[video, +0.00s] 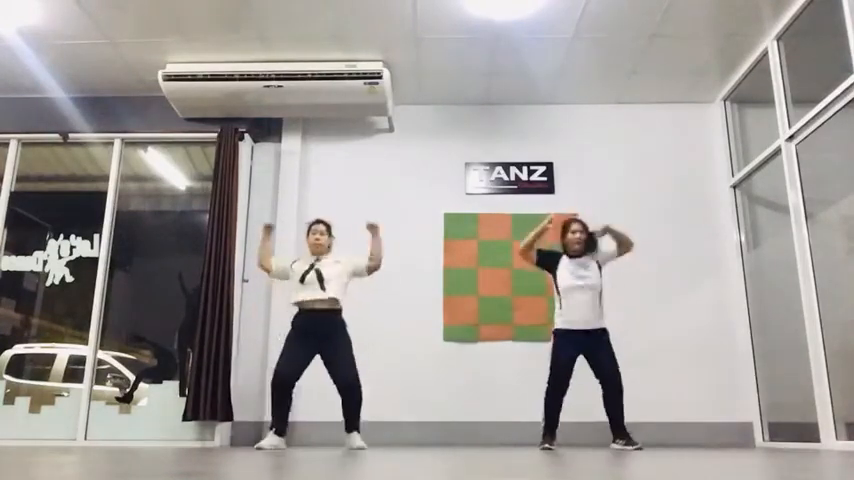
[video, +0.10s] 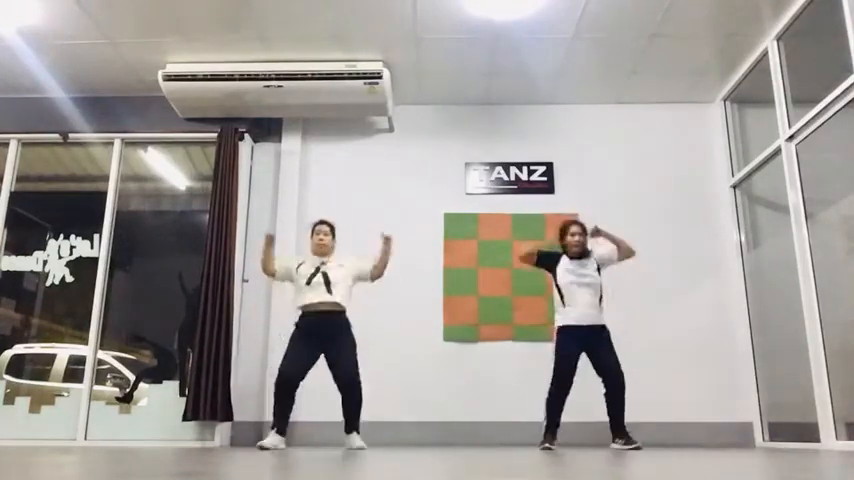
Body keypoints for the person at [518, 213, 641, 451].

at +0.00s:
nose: (577, 236)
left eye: (581, 232)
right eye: (572, 232)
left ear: (588, 238)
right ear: (563, 239)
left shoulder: (597, 260)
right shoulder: (555, 261)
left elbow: (626, 246)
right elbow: (525, 251)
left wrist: (608, 230)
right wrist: (543, 227)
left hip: (596, 334)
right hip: (566, 335)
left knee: (613, 383)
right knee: (557, 385)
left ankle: (620, 435)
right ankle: (548, 435)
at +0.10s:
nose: (576, 239)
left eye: (580, 235)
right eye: (571, 235)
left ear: (587, 239)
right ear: (563, 240)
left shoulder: (596, 261)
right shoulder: (556, 261)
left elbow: (628, 252)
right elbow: (524, 256)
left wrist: (603, 234)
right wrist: (548, 248)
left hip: (596, 330)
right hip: (569, 331)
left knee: (615, 380)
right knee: (561, 383)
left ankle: (619, 434)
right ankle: (549, 435)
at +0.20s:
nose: (582, 244)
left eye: (586, 240)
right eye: (577, 239)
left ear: (592, 243)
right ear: (568, 244)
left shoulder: (600, 265)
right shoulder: (561, 262)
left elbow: (623, 273)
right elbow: (532, 265)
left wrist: (608, 246)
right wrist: (550, 280)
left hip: (597, 336)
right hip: (568, 336)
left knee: (616, 382)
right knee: (559, 385)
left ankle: (619, 434)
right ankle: (549, 435)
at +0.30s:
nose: (585, 241)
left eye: (590, 237)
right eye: (580, 237)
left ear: (596, 241)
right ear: (573, 242)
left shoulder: (603, 263)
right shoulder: (566, 258)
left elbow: (627, 278)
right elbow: (537, 274)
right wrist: (543, 310)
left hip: (591, 334)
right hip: (561, 331)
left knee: (608, 380)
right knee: (546, 375)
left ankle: (617, 433)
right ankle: (544, 431)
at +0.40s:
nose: (584, 243)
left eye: (588, 239)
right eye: (579, 240)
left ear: (596, 244)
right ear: (572, 245)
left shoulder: (603, 268)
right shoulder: (565, 264)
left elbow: (625, 294)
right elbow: (534, 284)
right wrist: (540, 319)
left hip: (589, 338)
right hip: (558, 333)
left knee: (605, 384)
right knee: (536, 368)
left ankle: (617, 434)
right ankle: (537, 425)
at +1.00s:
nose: (559, 252)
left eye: (563, 247)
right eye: (554, 247)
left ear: (568, 251)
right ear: (544, 252)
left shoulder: (578, 269)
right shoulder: (540, 280)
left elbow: (605, 290)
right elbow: (527, 314)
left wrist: (609, 326)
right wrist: (546, 341)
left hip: (594, 334)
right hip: (566, 340)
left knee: (621, 367)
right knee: (551, 383)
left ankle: (628, 424)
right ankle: (541, 434)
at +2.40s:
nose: (578, 236)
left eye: (581, 232)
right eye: (573, 233)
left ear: (587, 237)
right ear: (565, 240)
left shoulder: (597, 264)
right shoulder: (556, 264)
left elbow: (622, 289)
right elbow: (533, 287)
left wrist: (611, 318)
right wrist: (546, 316)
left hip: (592, 326)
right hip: (563, 327)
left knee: (615, 368)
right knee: (550, 373)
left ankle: (619, 423)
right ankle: (541, 423)